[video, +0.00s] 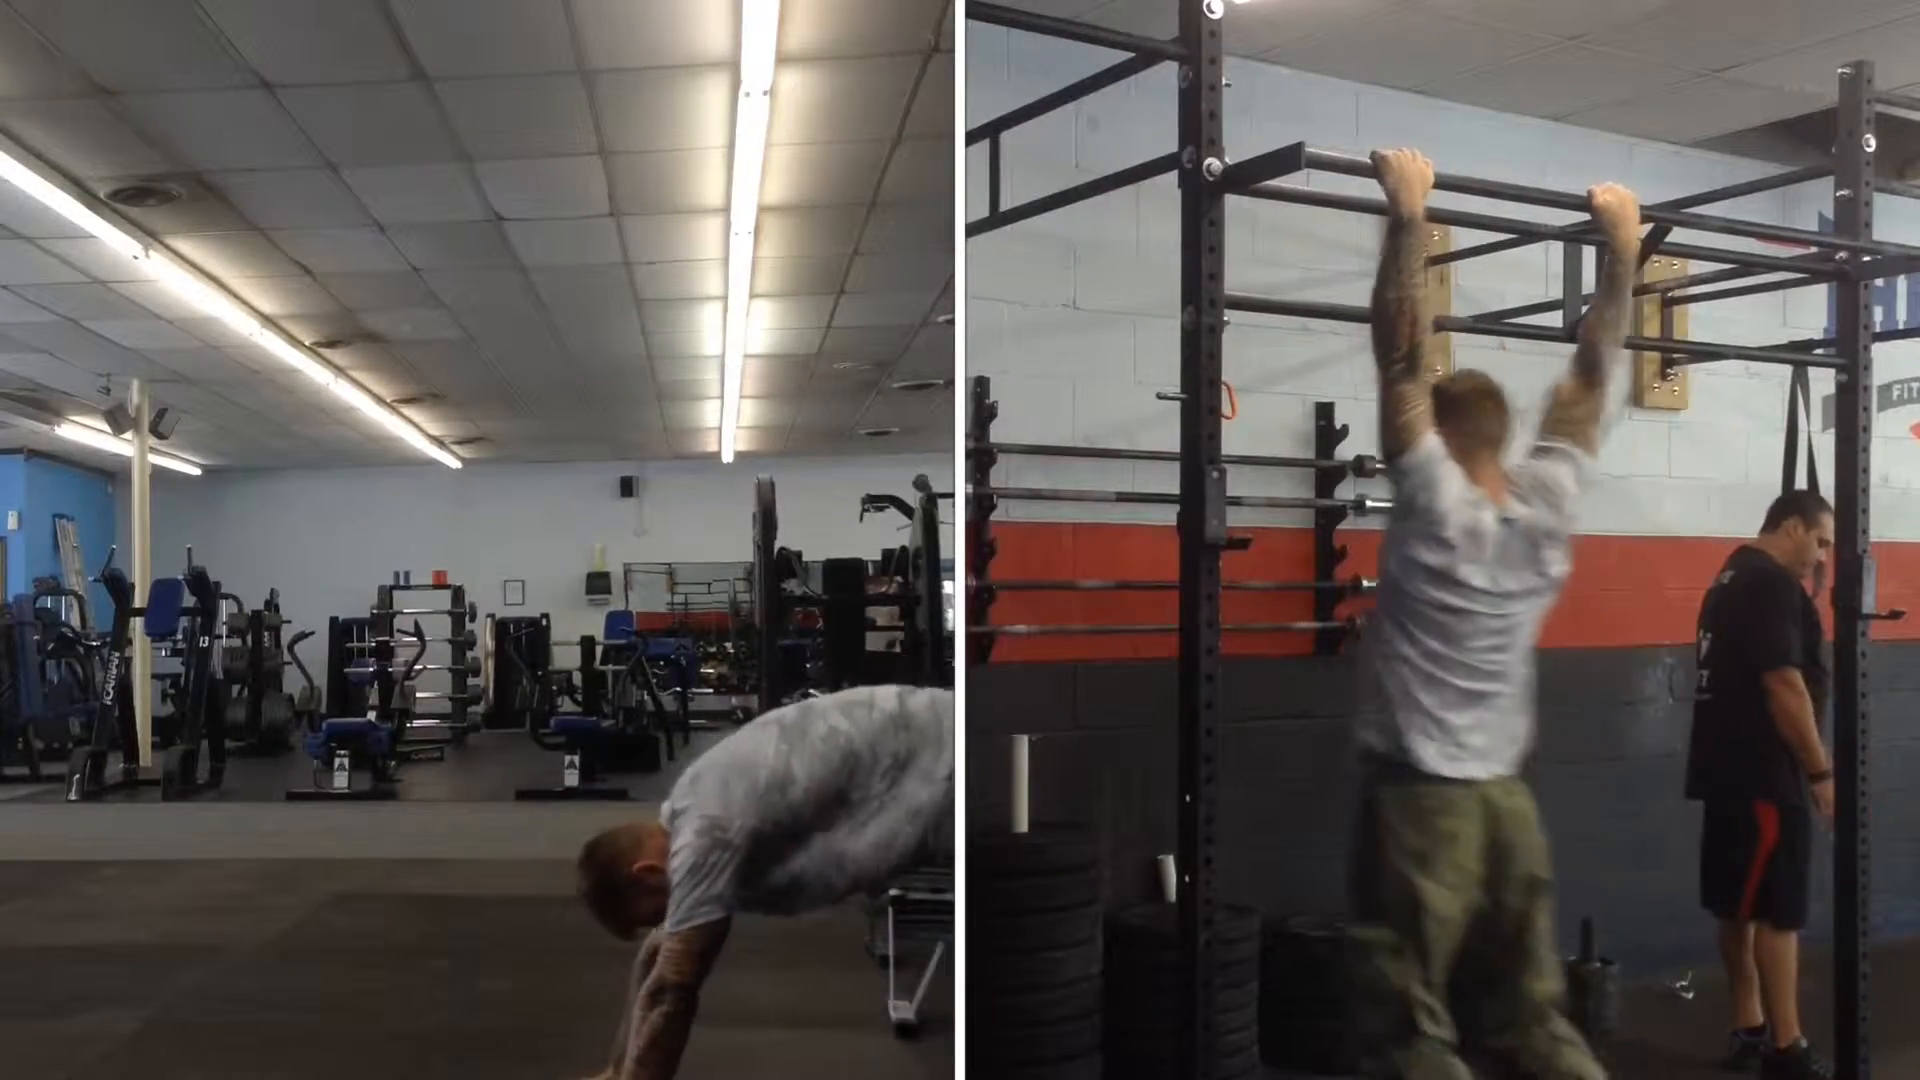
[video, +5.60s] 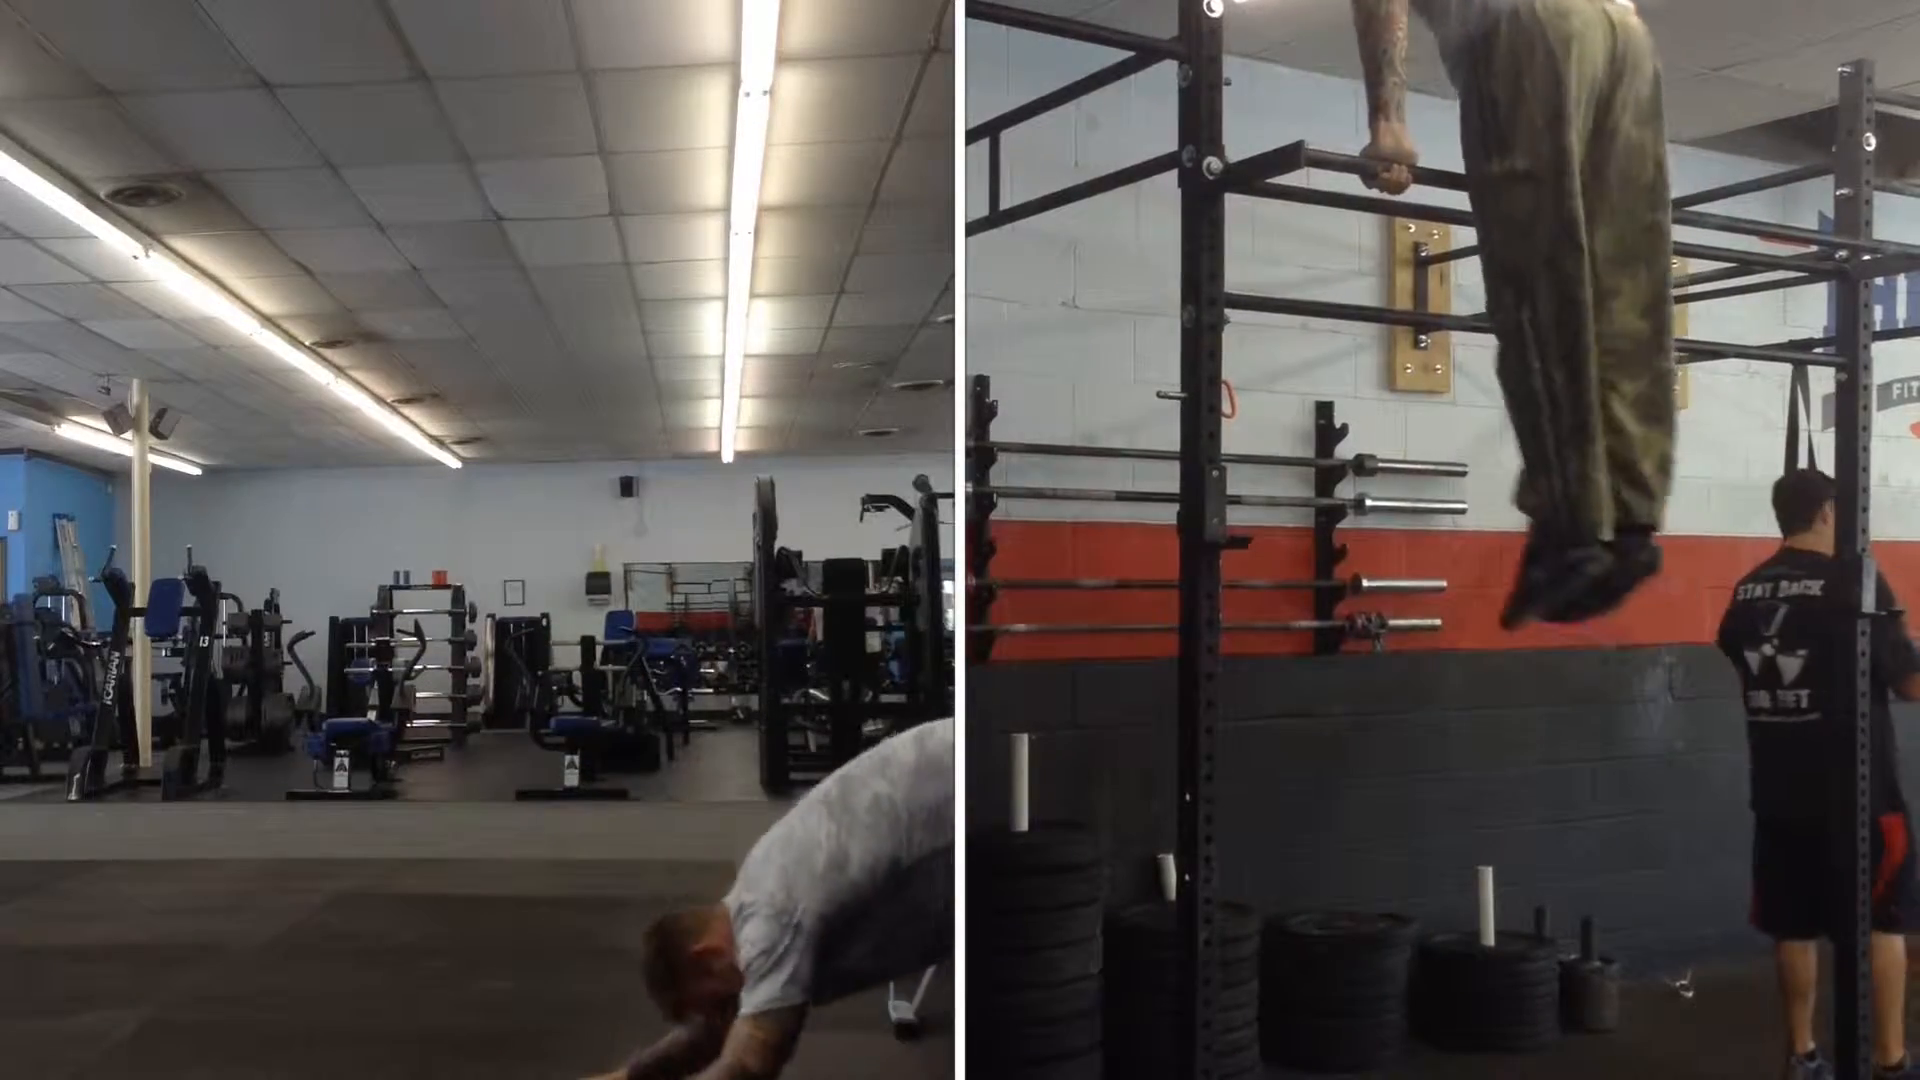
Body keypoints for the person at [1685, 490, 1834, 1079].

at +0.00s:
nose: (1823, 556)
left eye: (1827, 546)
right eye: (1820, 542)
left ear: (1781, 528)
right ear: (1791, 527)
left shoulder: (1735, 578)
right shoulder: (1771, 584)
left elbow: (1736, 684)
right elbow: (1783, 687)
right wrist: (1822, 773)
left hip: (1729, 770)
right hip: (1767, 775)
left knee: (1738, 908)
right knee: (1779, 914)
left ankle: (1749, 1030)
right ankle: (1787, 1044)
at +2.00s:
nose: (1866, 535)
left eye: (1866, 522)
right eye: (1862, 522)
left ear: (1814, 514)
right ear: (1835, 517)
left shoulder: (1784, 577)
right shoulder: (1825, 586)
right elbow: (1849, 700)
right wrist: (1895, 787)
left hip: (1791, 771)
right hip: (1827, 778)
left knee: (1807, 910)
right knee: (1834, 919)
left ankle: (1769, 1017)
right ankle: (1840, 1054)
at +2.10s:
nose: (1877, 531)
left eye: (1877, 518)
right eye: (1871, 517)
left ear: (1821, 513)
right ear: (1841, 515)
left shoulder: (1785, 581)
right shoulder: (1829, 587)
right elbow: (1860, 696)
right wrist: (1911, 781)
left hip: (1799, 777)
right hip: (1836, 783)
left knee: (1824, 913)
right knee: (1841, 924)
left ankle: (1785, 1005)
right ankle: (1844, 1054)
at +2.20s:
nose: (1883, 530)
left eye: (1883, 517)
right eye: (1876, 517)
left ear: (1827, 513)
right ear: (1844, 515)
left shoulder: (1790, 581)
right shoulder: (1839, 588)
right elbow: (1869, 702)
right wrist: (1915, 773)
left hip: (1802, 781)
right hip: (1840, 788)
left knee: (1830, 915)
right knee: (1844, 925)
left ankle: (1819, 1026)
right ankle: (1841, 1054)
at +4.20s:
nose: (1916, 524)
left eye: (1912, 511)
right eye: (1919, 512)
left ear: (1904, 515)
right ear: (1917, 517)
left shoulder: (1876, 577)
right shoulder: (1891, 577)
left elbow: (1845, 658)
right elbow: (1849, 660)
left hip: (1885, 767)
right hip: (1901, 770)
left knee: (1900, 914)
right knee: (1902, 915)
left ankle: (1883, 1029)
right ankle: (1883, 1031)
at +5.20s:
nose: (1892, 523)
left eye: (1887, 512)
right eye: (1888, 513)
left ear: (1826, 519)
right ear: (1876, 517)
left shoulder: (1790, 588)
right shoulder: (1902, 592)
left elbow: (1766, 665)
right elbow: (1907, 688)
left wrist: (1798, 727)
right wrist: (1898, 737)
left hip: (1814, 776)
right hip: (1894, 779)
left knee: (1813, 924)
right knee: (1904, 934)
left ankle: (1804, 1053)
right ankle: (1915, 1058)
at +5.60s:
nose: (1850, 525)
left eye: (1844, 513)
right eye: (1845, 514)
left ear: (1784, 519)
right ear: (1827, 515)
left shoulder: (1750, 587)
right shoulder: (1858, 581)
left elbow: (1735, 658)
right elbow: (1908, 681)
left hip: (1781, 780)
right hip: (1859, 783)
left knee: (1795, 922)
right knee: (1885, 919)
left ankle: (1803, 1054)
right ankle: (1890, 1057)